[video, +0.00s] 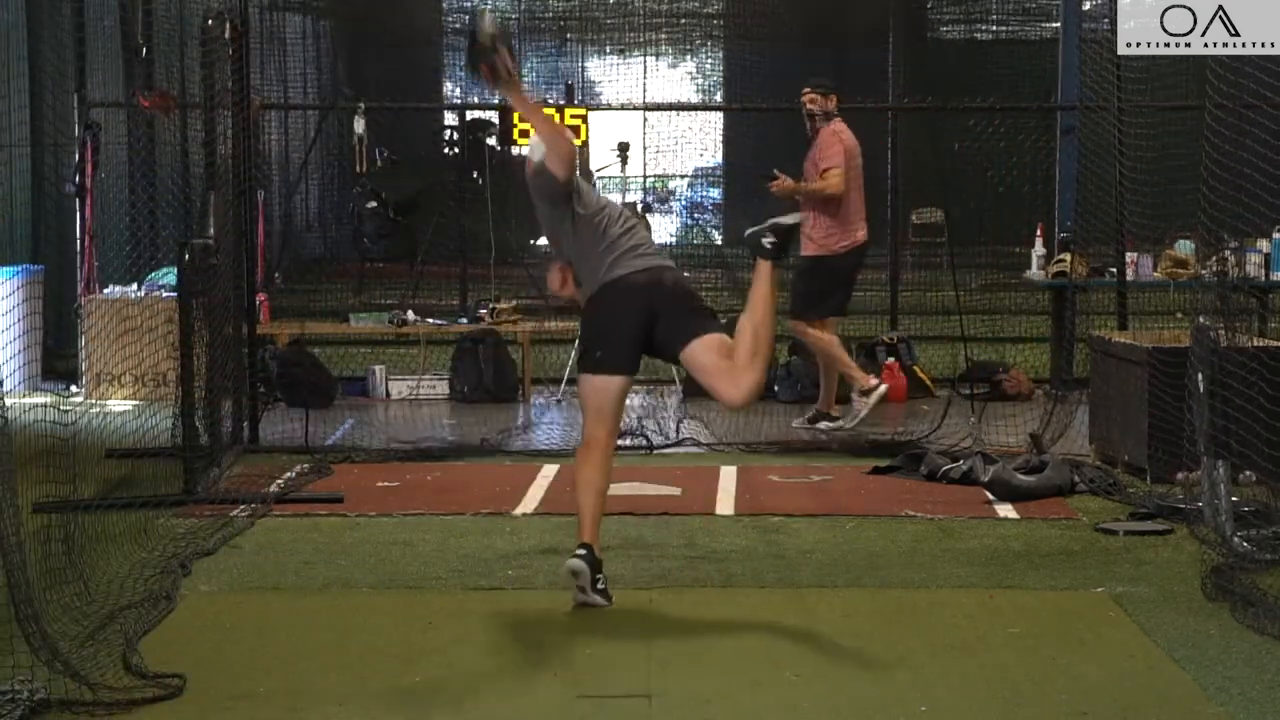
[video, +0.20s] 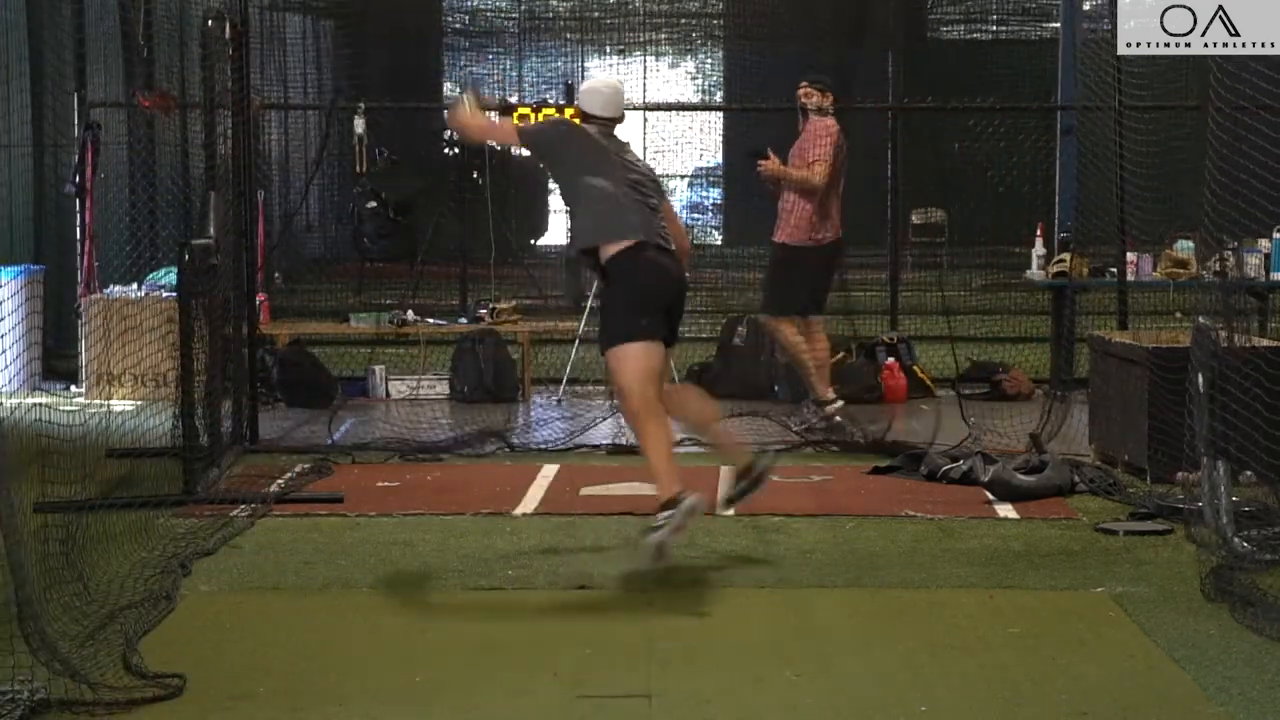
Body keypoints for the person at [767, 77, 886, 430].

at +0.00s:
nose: (809, 106)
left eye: (815, 100)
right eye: (805, 101)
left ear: (833, 103)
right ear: (804, 106)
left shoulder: (831, 136)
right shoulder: (834, 134)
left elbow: (834, 187)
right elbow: (828, 187)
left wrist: (795, 188)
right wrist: (796, 187)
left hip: (828, 247)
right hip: (841, 245)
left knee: (800, 323)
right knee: (824, 326)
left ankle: (865, 384)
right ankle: (825, 408)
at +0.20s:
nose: (803, 97)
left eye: (810, 92)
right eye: (801, 93)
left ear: (827, 100)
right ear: (800, 101)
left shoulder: (823, 128)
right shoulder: (811, 131)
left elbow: (817, 180)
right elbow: (802, 188)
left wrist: (780, 172)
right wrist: (778, 177)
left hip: (803, 239)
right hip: (814, 239)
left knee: (774, 316)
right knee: (811, 319)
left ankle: (823, 395)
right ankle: (822, 400)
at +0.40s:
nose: (776, 105)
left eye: (783, 99)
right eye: (774, 99)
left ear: (801, 104)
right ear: (775, 104)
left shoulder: (802, 134)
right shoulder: (798, 134)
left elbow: (802, 187)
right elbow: (792, 185)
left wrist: (763, 179)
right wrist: (762, 180)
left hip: (785, 245)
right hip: (810, 245)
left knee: (753, 322)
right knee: (808, 323)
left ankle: (784, 406)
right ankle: (824, 409)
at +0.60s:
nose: (739, 117)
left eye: (743, 110)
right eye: (738, 111)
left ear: (759, 110)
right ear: (764, 110)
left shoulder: (776, 140)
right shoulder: (777, 138)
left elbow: (787, 193)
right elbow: (775, 191)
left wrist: (741, 190)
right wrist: (738, 184)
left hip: (773, 247)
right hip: (792, 246)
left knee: (736, 321)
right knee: (799, 326)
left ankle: (742, 413)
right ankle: (821, 408)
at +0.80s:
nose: (707, 126)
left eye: (710, 119)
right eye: (705, 119)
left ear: (716, 117)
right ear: (728, 112)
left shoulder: (742, 141)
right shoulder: (741, 139)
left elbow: (763, 196)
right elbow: (750, 192)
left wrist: (715, 198)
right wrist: (715, 195)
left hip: (748, 246)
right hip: (758, 245)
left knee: (726, 325)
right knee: (752, 324)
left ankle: (740, 412)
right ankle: (802, 394)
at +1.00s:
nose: (663, 129)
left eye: (664, 121)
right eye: (662, 121)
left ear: (675, 116)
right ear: (687, 109)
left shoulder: (707, 134)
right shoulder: (683, 140)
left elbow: (726, 191)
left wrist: (683, 205)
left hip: (729, 244)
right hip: (704, 244)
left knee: (724, 328)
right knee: (700, 324)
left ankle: (742, 412)